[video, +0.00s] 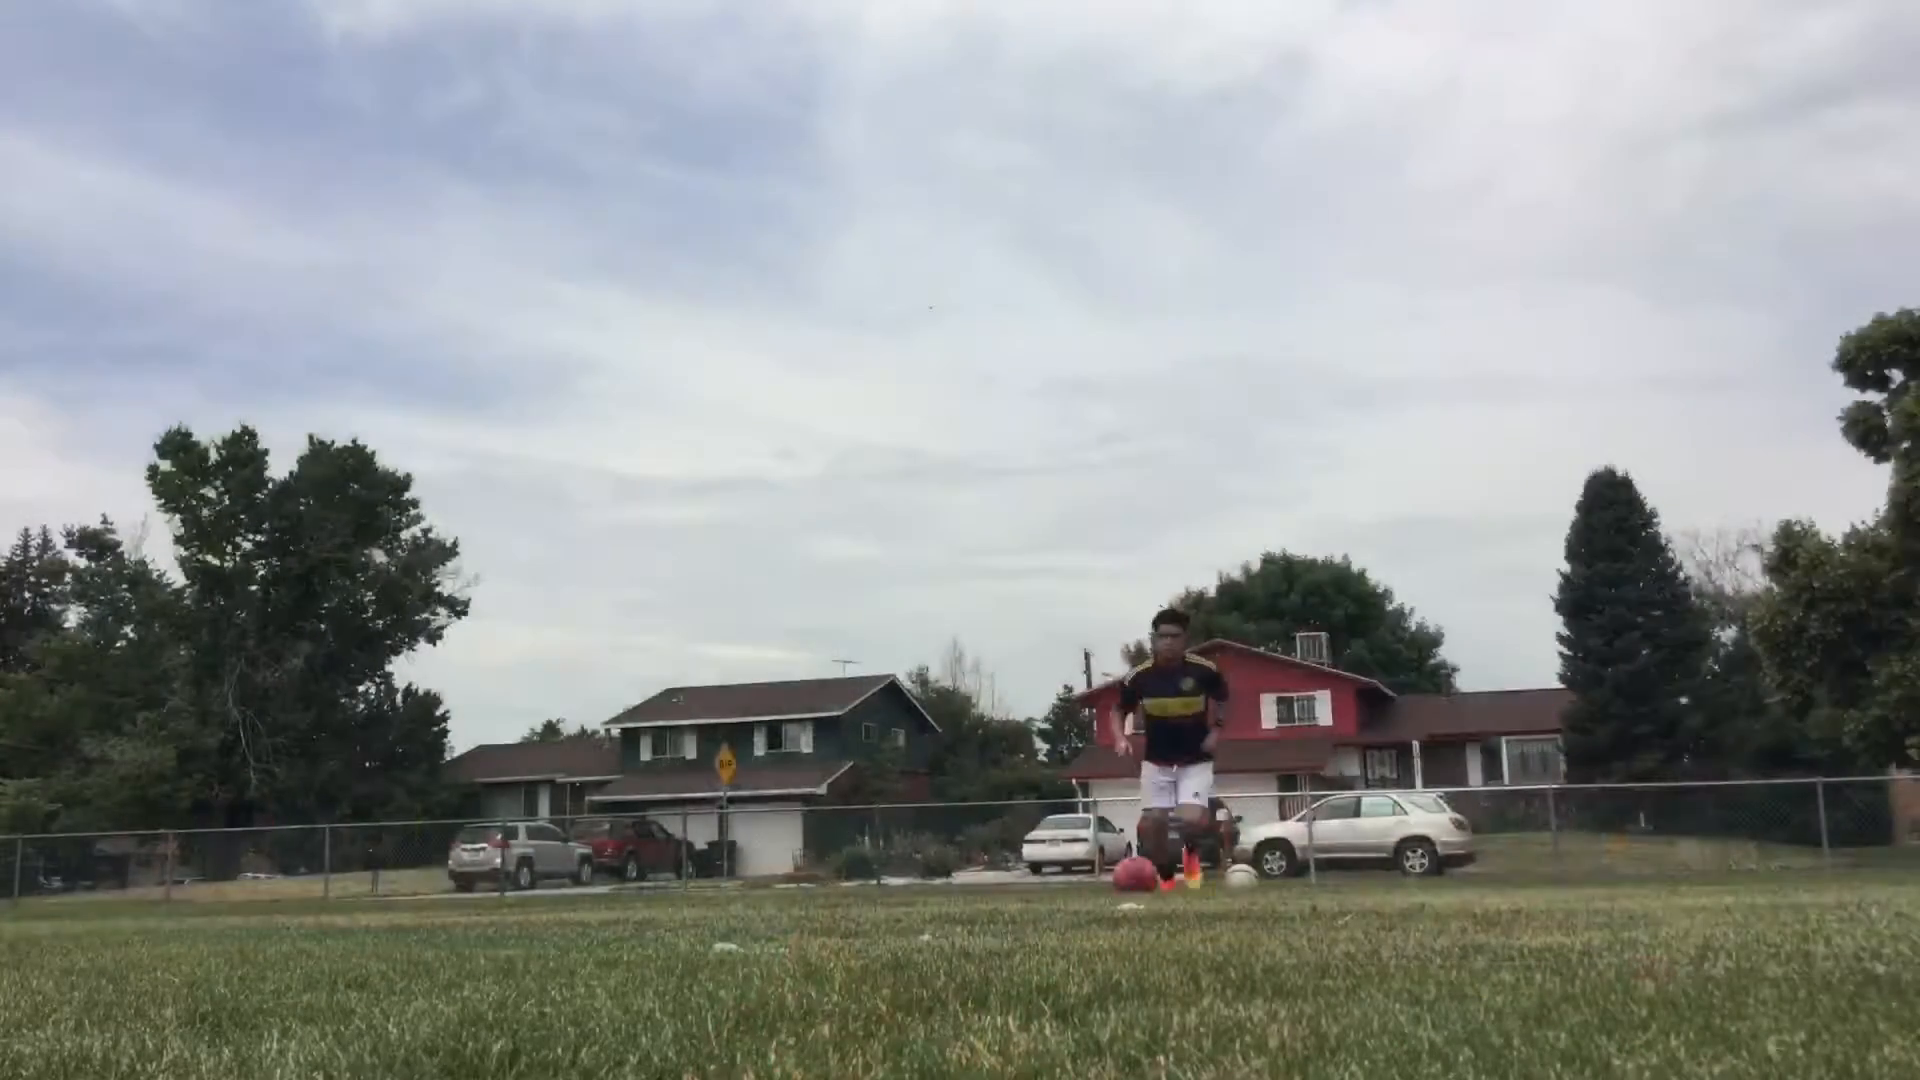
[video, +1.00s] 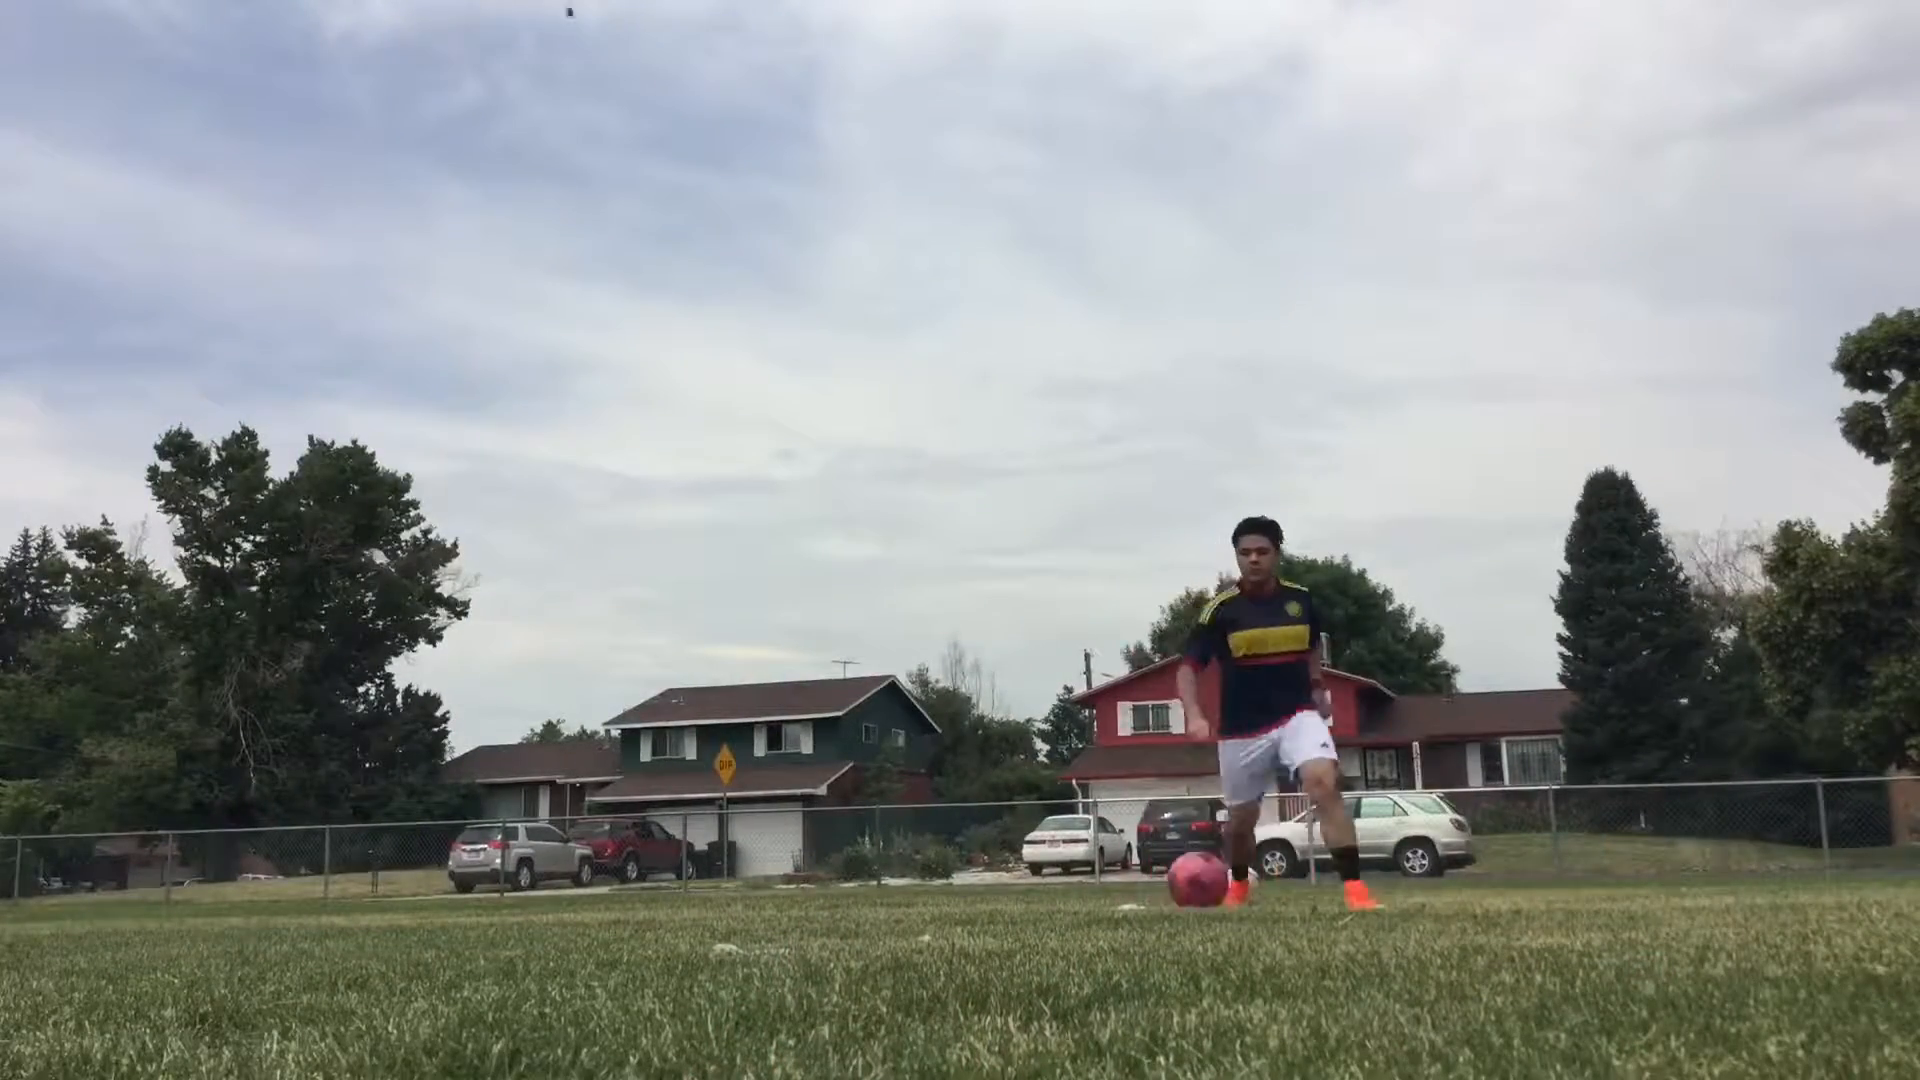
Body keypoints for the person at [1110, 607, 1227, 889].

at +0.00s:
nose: (1168, 643)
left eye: (1174, 637)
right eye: (1162, 637)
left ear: (1186, 640)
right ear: (1153, 641)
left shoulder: (1204, 672)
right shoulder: (1140, 677)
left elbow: (1223, 699)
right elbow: (1118, 709)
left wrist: (1216, 731)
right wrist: (1120, 737)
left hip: (1195, 760)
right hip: (1156, 762)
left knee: (1190, 819)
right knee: (1153, 823)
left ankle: (1192, 853)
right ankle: (1165, 876)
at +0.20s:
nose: (1198, 622)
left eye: (1205, 616)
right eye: (1193, 616)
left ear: (1217, 621)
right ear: (1185, 620)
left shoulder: (1229, 662)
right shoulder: (1167, 653)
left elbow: (1230, 703)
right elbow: (1126, 686)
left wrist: (1229, 726)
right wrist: (1135, 705)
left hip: (1205, 747)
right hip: (1164, 748)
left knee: (1207, 803)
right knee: (1158, 820)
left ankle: (1211, 877)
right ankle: (1167, 856)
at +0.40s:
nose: (1207, 583)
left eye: (1214, 577)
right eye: (1200, 577)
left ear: (1227, 581)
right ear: (1192, 581)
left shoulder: (1244, 620)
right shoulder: (1175, 614)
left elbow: (1275, 661)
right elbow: (1126, 644)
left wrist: (1260, 659)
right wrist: (1135, 638)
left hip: (1219, 722)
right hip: (1173, 715)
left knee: (1220, 798)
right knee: (1144, 774)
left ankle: (1213, 860)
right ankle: (1165, 843)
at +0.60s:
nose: (1217, 580)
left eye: (1225, 574)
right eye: (1211, 574)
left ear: (1240, 577)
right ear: (1203, 578)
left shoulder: (1260, 623)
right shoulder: (1186, 621)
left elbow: (1281, 663)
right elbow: (1154, 654)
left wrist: (1273, 693)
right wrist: (1145, 664)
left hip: (1238, 728)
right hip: (1189, 723)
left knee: (1226, 800)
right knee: (1158, 779)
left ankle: (1214, 883)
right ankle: (1147, 870)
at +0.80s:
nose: (1226, 569)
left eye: (1234, 562)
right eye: (1219, 562)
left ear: (1248, 564)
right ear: (1209, 566)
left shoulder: (1272, 606)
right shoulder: (1192, 613)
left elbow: (1300, 648)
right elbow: (1170, 663)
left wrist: (1293, 685)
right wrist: (1171, 692)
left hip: (1261, 723)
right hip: (1210, 720)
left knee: (1261, 811)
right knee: (1210, 796)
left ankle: (1253, 853)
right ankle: (1232, 883)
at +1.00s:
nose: (1253, 558)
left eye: (1261, 551)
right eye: (1245, 552)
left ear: (1277, 554)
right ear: (1236, 557)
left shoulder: (1301, 601)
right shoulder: (1220, 610)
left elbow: (1313, 650)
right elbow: (1186, 668)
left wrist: (1319, 690)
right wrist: (1194, 714)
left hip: (1297, 716)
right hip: (1240, 729)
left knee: (1324, 785)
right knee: (1241, 818)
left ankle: (1354, 887)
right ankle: (1238, 886)